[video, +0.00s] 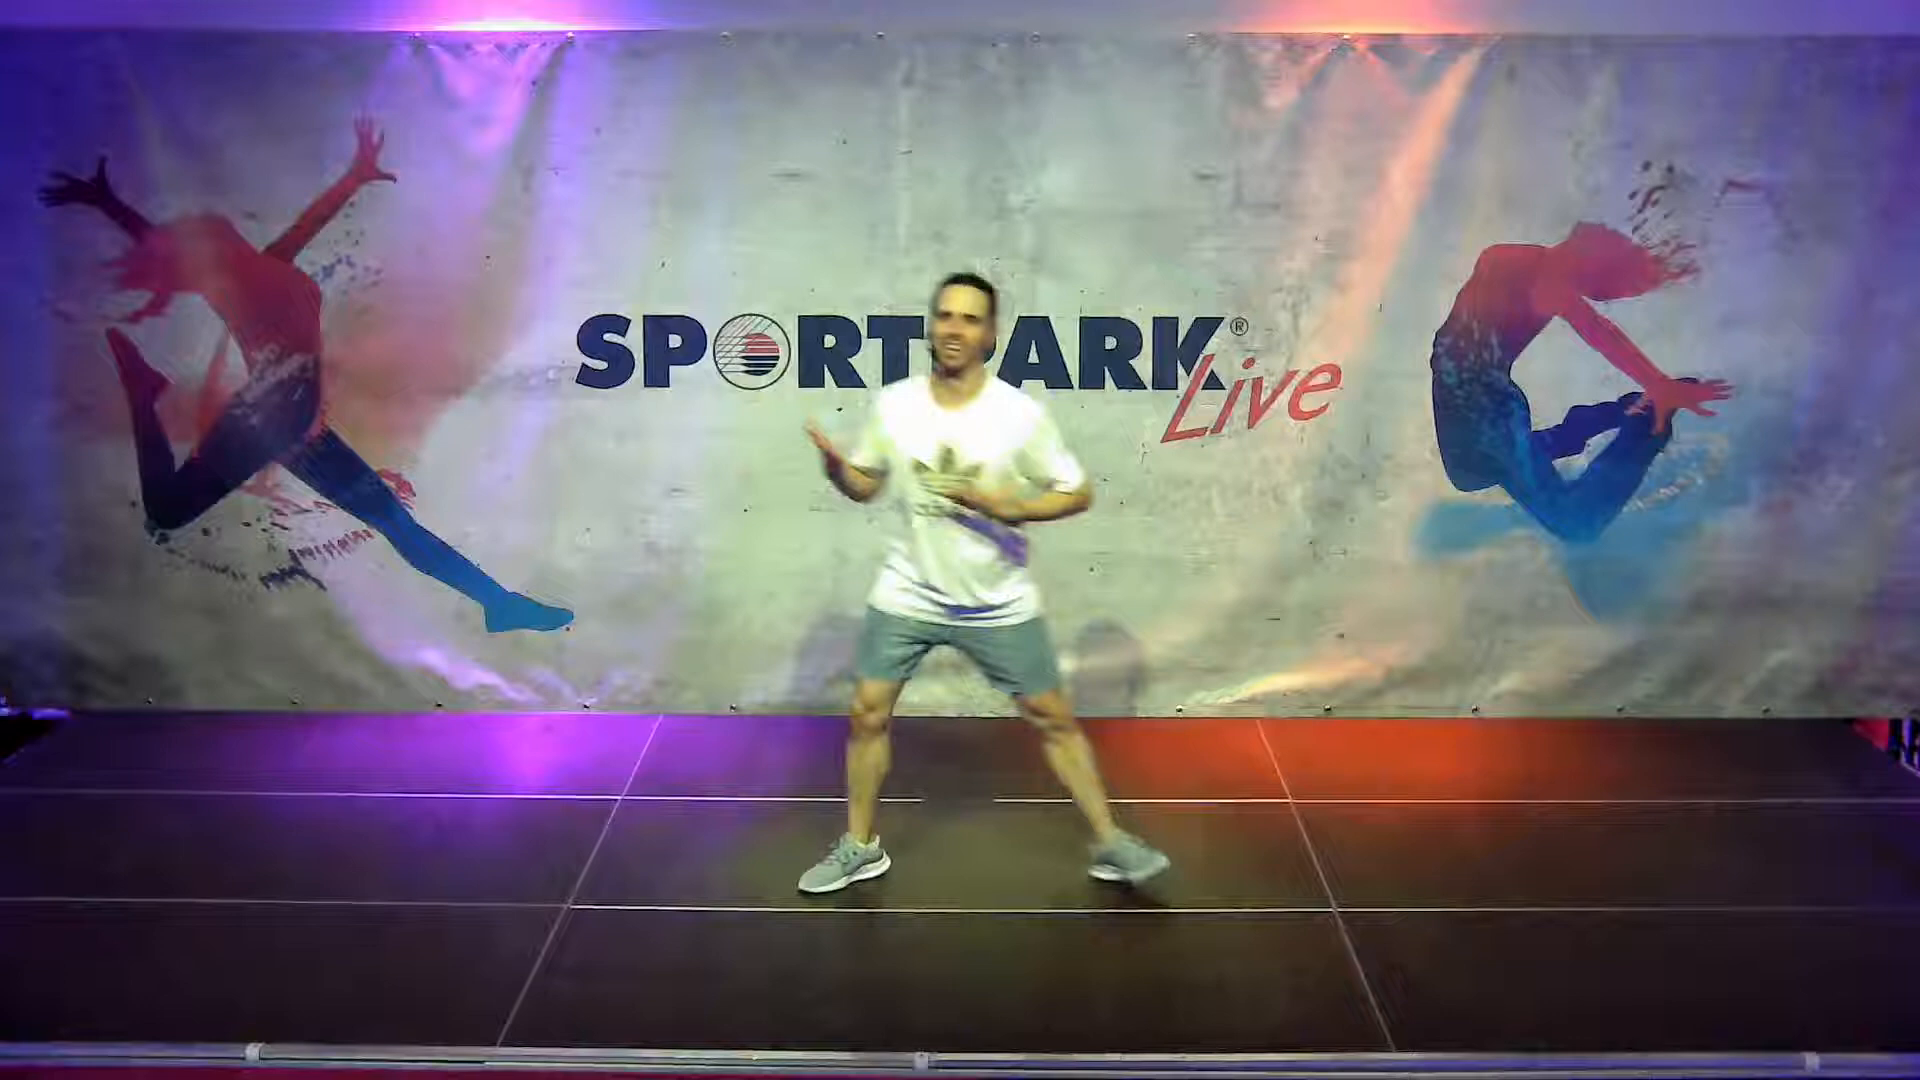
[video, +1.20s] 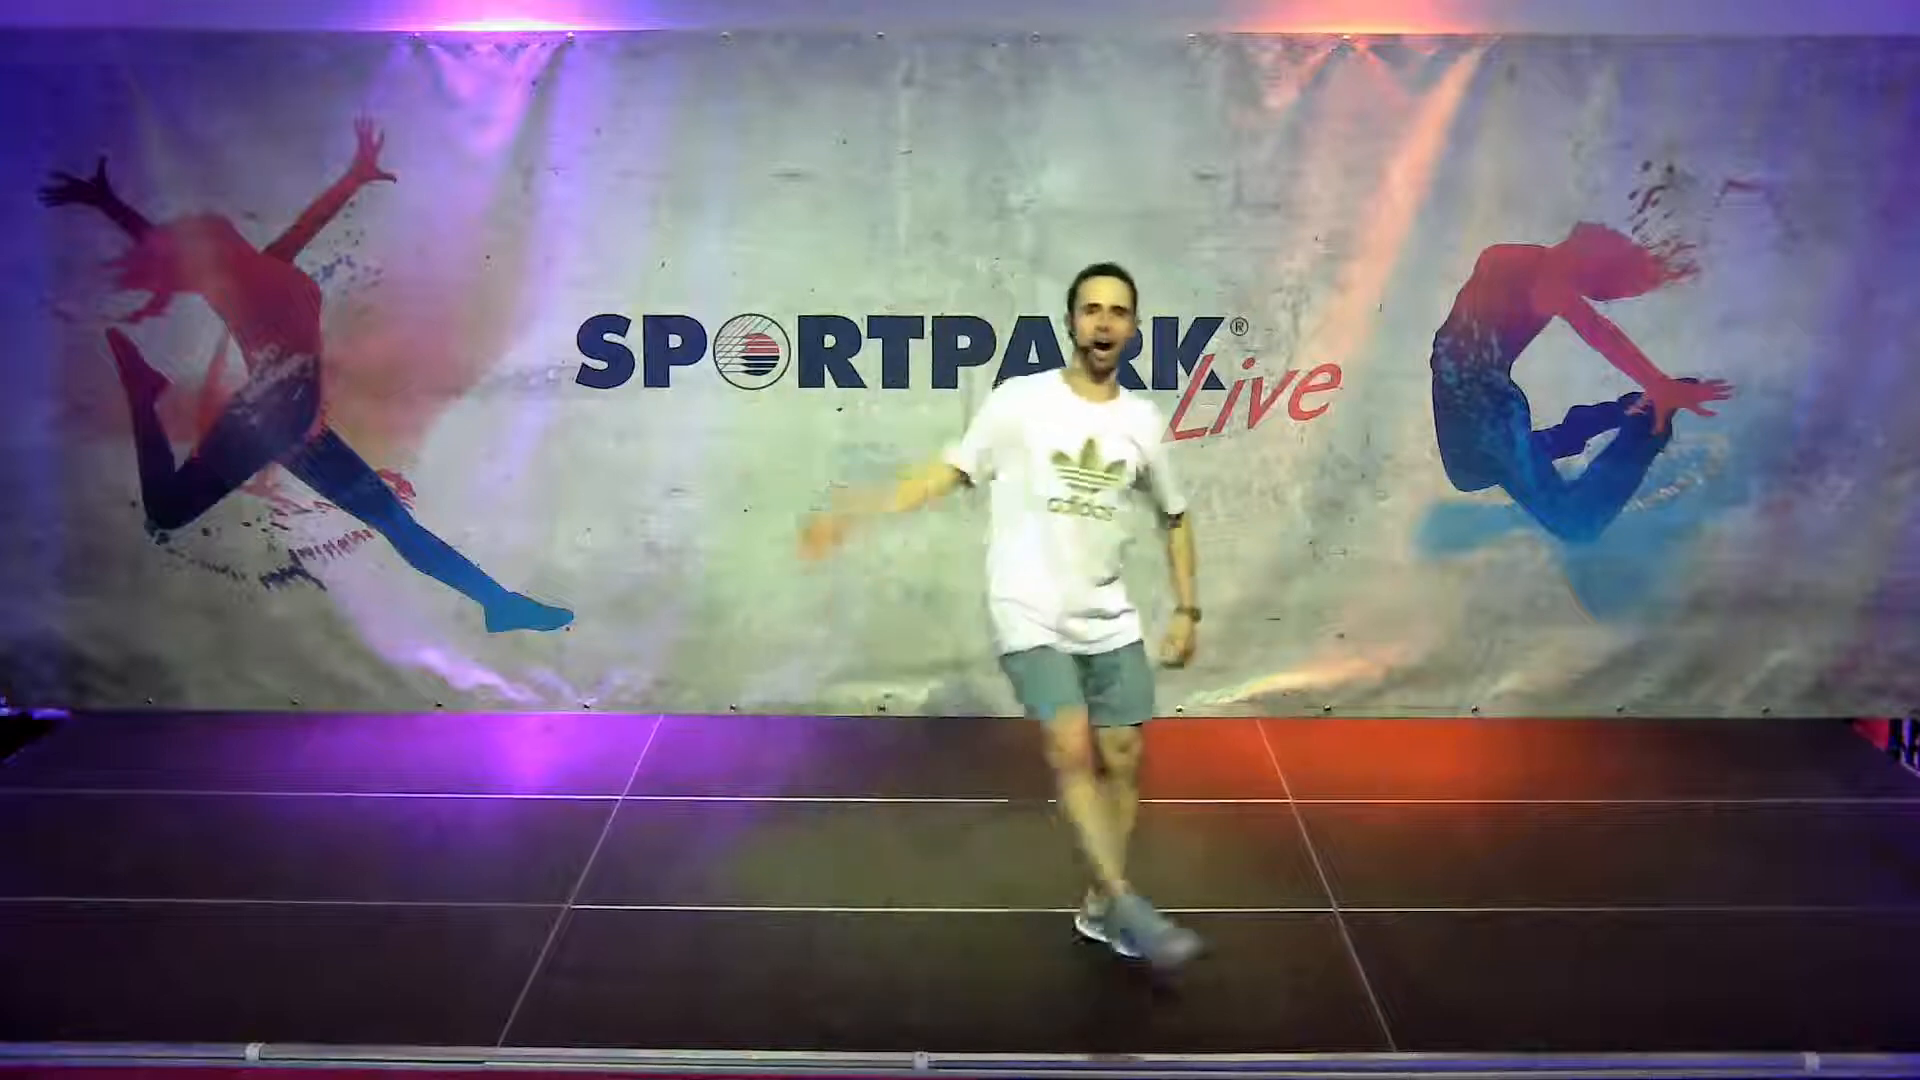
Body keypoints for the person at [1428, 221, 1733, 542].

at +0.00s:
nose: (1594, 290)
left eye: (1604, 289)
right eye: (1604, 284)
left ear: (1588, 250)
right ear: (1589, 247)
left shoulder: (1549, 283)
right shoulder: (1531, 265)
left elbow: (1598, 332)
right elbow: (1596, 331)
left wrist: (1657, 382)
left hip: (1487, 402)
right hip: (1455, 391)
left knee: (1575, 522)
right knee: (1468, 474)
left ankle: (1648, 425)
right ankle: (1570, 436)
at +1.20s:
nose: (1596, 291)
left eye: (1606, 290)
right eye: (1605, 285)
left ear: (1588, 250)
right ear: (1591, 250)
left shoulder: (1548, 282)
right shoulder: (1531, 265)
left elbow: (1598, 332)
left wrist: (1657, 383)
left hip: (1486, 401)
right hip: (1454, 390)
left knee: (1575, 522)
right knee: (1468, 475)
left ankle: (1648, 424)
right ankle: (1571, 436)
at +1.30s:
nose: (1597, 292)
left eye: (1606, 290)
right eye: (1606, 285)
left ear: (1588, 250)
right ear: (1590, 249)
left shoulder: (1548, 282)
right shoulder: (1531, 265)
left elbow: (1598, 332)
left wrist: (1657, 383)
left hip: (1486, 401)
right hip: (1454, 390)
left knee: (1575, 522)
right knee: (1468, 475)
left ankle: (1648, 424)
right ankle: (1571, 436)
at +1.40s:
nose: (1598, 290)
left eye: (1609, 288)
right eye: (1606, 284)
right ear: (1589, 252)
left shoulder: (1551, 284)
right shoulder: (1531, 265)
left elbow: (1599, 332)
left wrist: (1658, 385)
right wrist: (1654, 267)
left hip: (1486, 392)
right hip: (1453, 382)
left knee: (1576, 525)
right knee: (1468, 474)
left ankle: (1649, 423)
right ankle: (1571, 436)